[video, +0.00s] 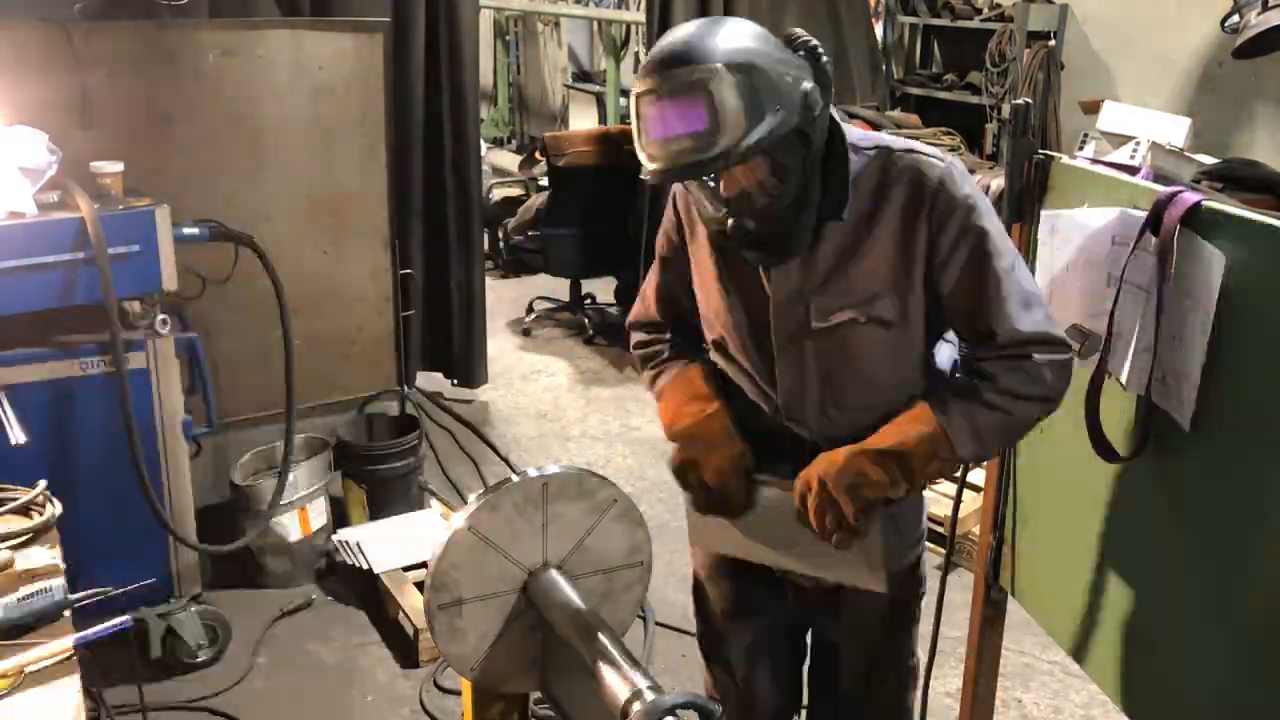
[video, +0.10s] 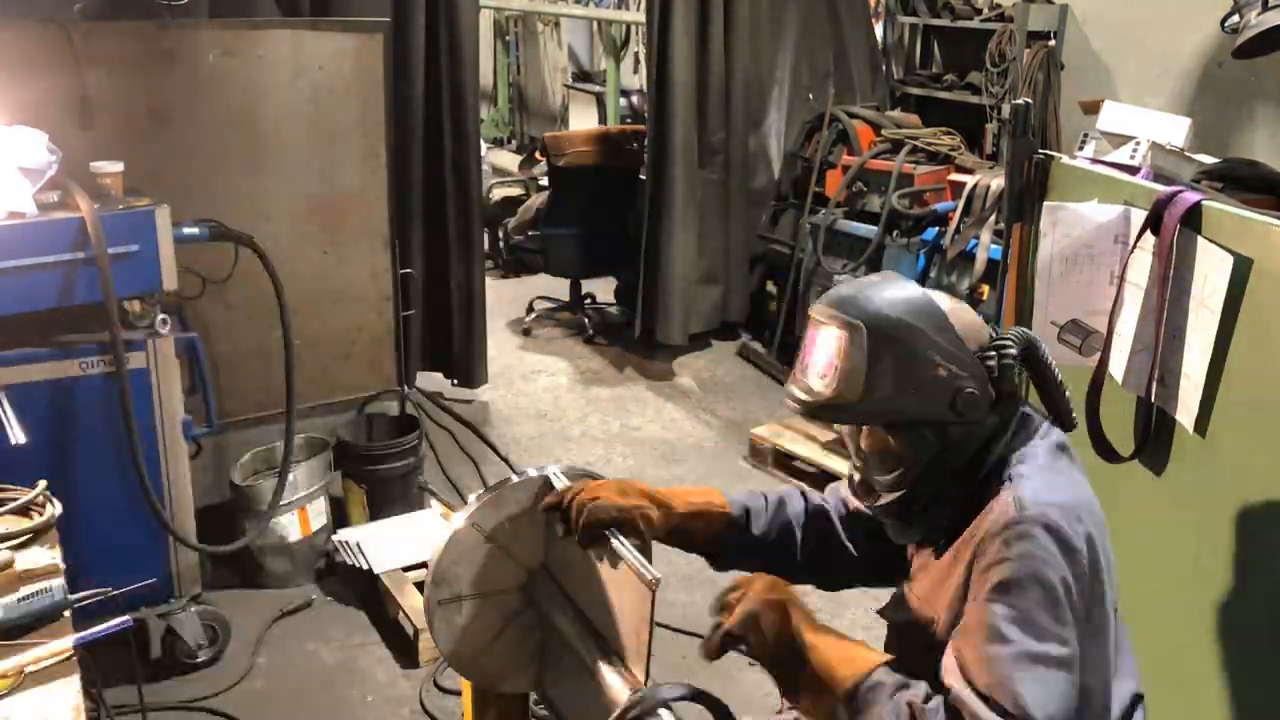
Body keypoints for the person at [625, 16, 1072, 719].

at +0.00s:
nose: (728, 190)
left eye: (742, 162)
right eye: (708, 172)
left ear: (798, 132)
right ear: (686, 169)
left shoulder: (925, 191)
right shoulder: (694, 202)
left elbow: (1032, 358)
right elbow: (656, 329)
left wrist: (885, 459)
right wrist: (692, 410)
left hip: (874, 535)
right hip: (738, 527)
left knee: (865, 712)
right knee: (747, 710)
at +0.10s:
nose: (862, 454)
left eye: (880, 430)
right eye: (853, 430)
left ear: (946, 423)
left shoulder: (1029, 526)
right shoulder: (976, 468)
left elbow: (989, 718)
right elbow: (838, 529)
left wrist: (808, 649)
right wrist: (668, 511)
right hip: (954, 690)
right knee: (808, 687)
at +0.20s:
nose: (804, 507)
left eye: (814, 481)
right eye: (788, 485)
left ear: (889, 429)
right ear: (896, 420)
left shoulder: (973, 527)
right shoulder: (939, 462)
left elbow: (902, 712)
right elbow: (870, 568)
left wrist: (706, 693)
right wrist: (763, 580)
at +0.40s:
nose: (539, 398)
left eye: (587, 374)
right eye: (541, 348)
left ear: (687, 347)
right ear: (531, 316)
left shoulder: (896, 414)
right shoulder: (676, 269)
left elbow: (943, 676)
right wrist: (559, 457)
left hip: (861, 618)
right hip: (748, 579)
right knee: (745, 703)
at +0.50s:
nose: (617, 228)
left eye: (662, 212)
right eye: (630, 188)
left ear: (746, 216)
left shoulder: (893, 344)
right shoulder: (778, 224)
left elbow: (936, 582)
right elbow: (732, 379)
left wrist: (722, 575)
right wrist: (624, 431)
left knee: (822, 705)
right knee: (769, 698)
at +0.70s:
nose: (765, 198)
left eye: (786, 169)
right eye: (741, 175)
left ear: (834, 142)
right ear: (710, 160)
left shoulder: (913, 267)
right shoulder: (708, 224)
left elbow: (1016, 529)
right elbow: (652, 375)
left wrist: (976, 704)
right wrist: (557, 429)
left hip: (842, 565)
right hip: (735, 540)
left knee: (823, 708)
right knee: (732, 702)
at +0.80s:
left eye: (772, 167)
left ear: (855, 189)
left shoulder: (991, 299)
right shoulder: (744, 268)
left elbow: (1108, 497)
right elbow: (704, 406)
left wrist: (1025, 633)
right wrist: (774, 522)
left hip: (940, 627)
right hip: (796, 598)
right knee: (792, 707)